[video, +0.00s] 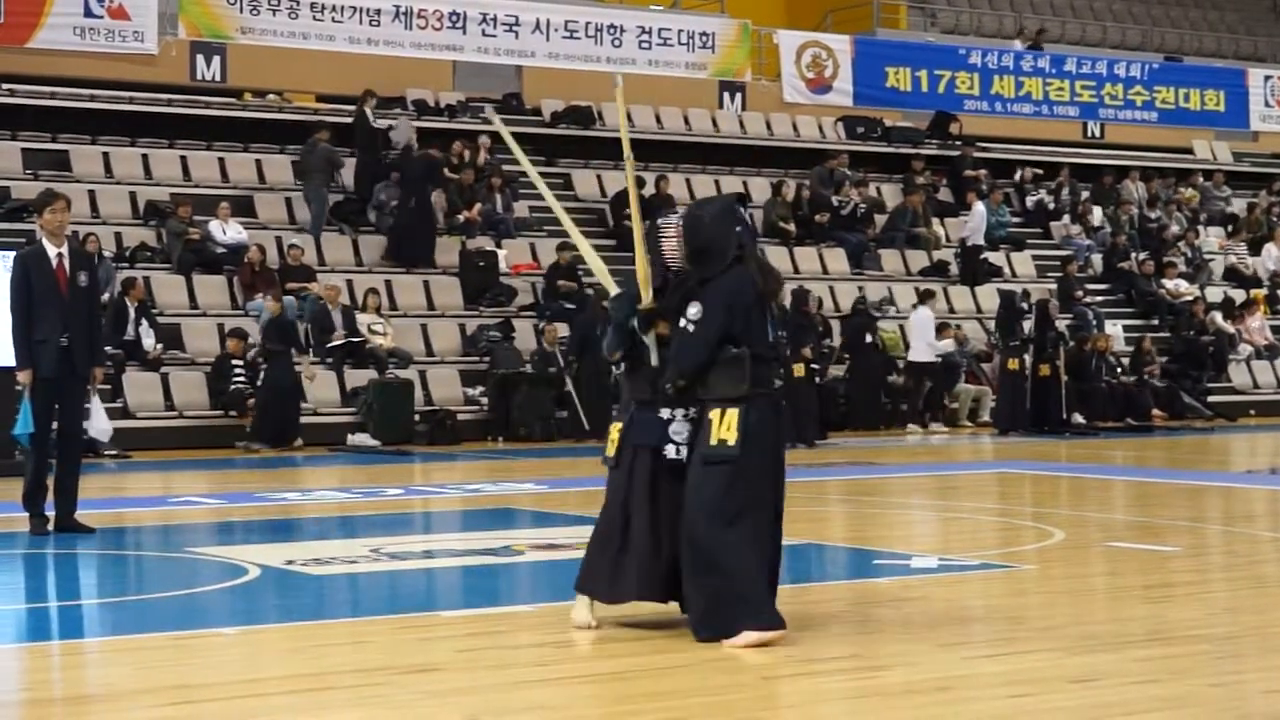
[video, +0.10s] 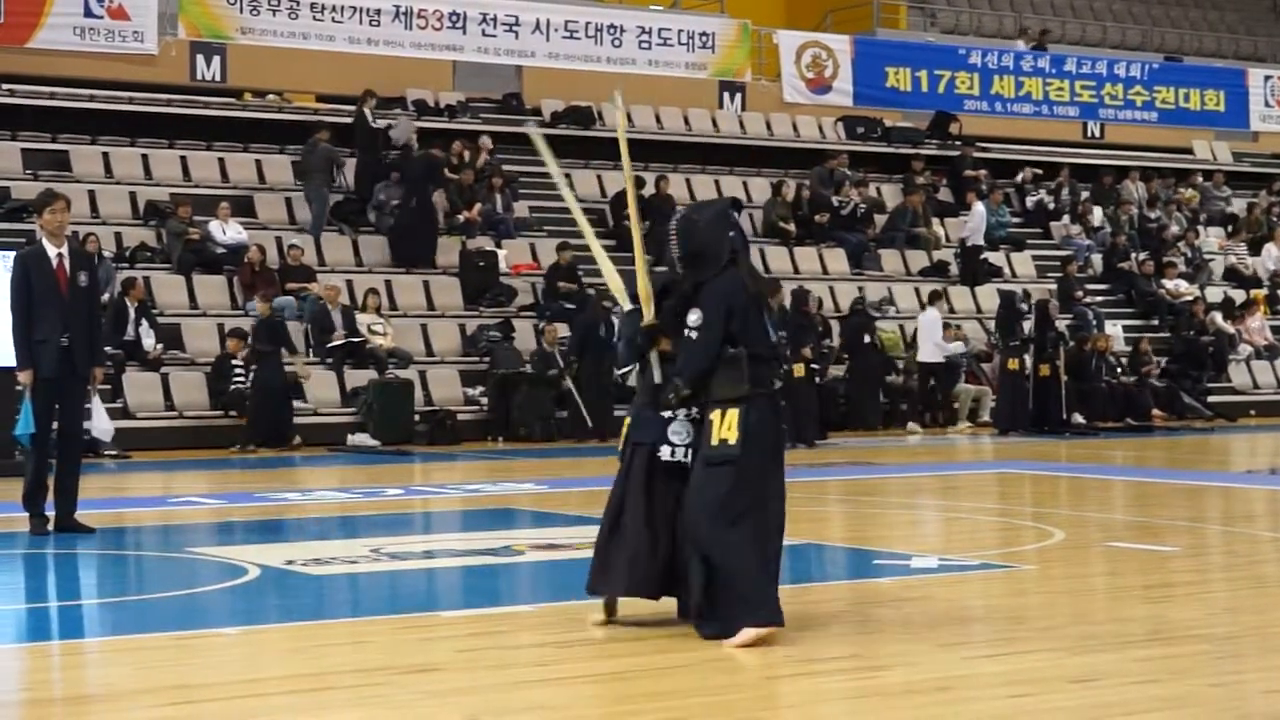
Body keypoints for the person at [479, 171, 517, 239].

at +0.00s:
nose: (496, 181)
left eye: (498, 178)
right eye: (494, 178)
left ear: (501, 180)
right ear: (490, 180)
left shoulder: (506, 192)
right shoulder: (486, 192)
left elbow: (511, 210)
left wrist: (506, 216)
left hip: (505, 218)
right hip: (491, 218)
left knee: (502, 227)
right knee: (507, 219)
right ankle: (513, 241)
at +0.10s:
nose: (497, 181)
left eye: (499, 178)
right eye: (494, 178)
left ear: (502, 180)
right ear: (491, 180)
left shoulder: (506, 192)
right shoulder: (486, 193)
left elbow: (511, 210)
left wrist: (505, 216)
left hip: (505, 219)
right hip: (491, 219)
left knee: (502, 228)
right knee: (507, 219)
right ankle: (514, 241)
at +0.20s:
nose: (498, 181)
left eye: (500, 179)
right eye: (496, 179)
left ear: (503, 181)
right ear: (492, 180)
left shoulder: (506, 193)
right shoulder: (487, 193)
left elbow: (511, 210)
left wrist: (506, 217)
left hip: (505, 217)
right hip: (491, 218)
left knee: (501, 228)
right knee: (506, 219)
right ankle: (513, 241)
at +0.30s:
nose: (499, 182)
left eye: (501, 180)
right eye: (497, 180)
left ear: (503, 182)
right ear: (493, 182)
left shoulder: (506, 194)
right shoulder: (487, 194)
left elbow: (510, 211)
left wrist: (506, 217)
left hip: (505, 217)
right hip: (491, 218)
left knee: (501, 228)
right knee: (506, 219)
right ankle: (512, 241)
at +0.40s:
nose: (500, 183)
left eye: (501, 181)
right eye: (497, 181)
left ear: (504, 183)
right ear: (493, 183)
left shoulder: (505, 195)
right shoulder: (487, 194)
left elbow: (510, 211)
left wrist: (506, 218)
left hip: (505, 218)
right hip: (491, 219)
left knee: (501, 229)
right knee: (506, 220)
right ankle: (512, 241)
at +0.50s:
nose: (500, 184)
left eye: (501, 181)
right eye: (498, 181)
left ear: (503, 183)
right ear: (493, 183)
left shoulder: (505, 195)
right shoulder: (487, 195)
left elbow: (510, 211)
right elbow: (485, 211)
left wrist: (506, 218)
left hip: (504, 218)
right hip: (491, 219)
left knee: (501, 229)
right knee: (506, 220)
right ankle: (512, 241)